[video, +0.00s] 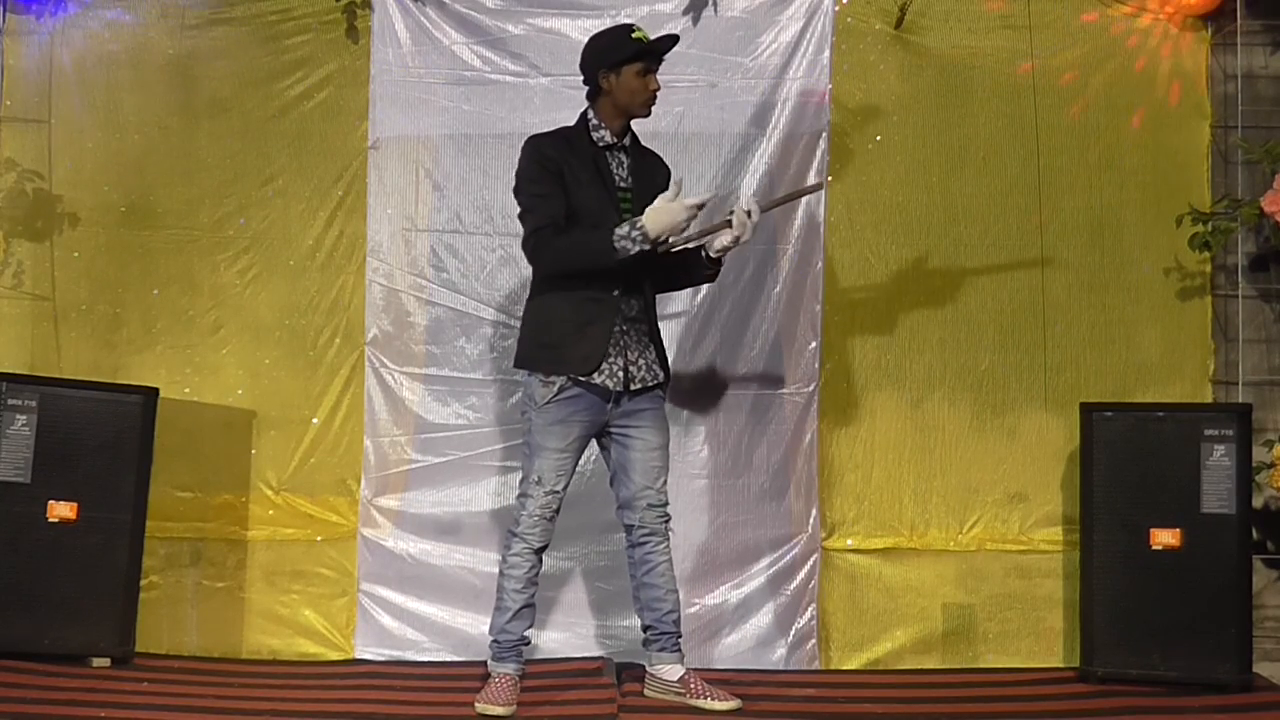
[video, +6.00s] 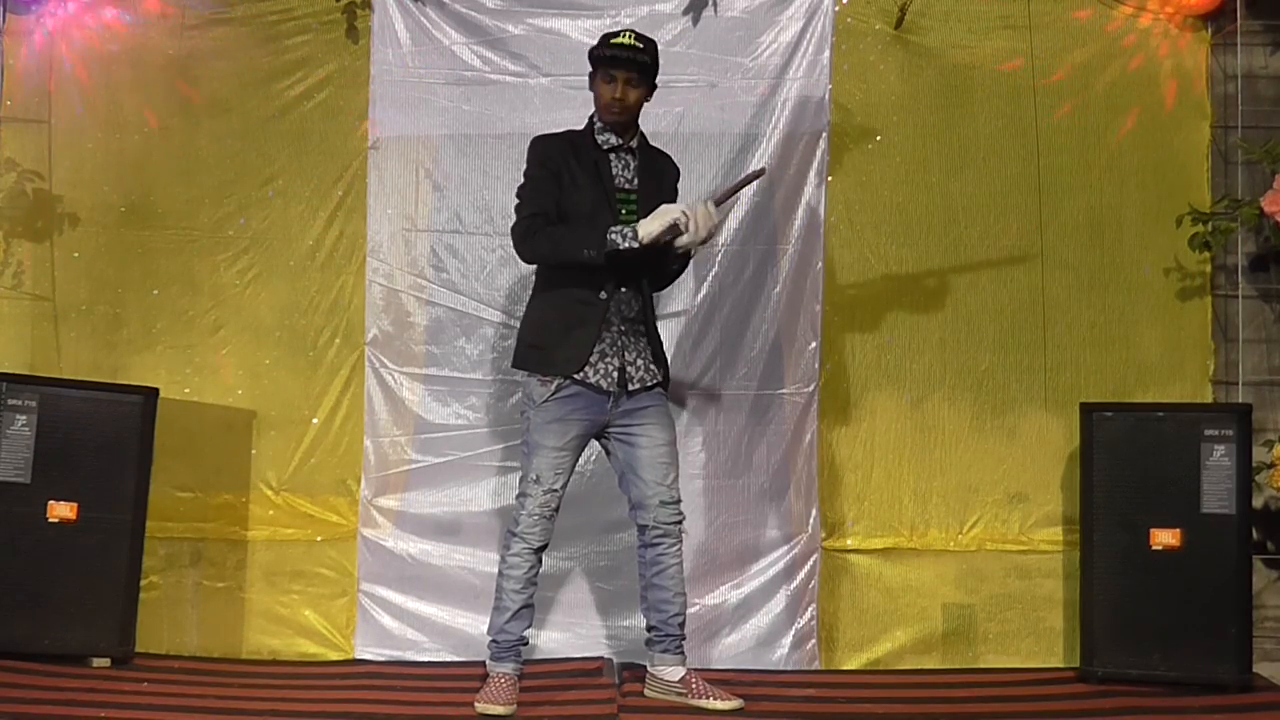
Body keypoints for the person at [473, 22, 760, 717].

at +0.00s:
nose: (657, 83)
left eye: (655, 72)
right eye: (645, 72)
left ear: (627, 82)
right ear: (606, 79)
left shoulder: (652, 171)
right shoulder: (546, 153)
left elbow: (646, 274)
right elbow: (545, 253)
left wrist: (710, 254)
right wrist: (634, 234)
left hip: (639, 372)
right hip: (564, 371)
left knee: (649, 519)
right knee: (534, 521)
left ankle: (665, 669)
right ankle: (505, 669)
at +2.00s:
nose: (651, 120)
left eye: (662, 111)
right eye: (644, 105)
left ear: (666, 113)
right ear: (615, 93)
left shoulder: (656, 173)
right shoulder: (554, 154)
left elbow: (641, 278)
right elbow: (547, 258)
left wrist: (692, 259)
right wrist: (648, 253)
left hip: (635, 376)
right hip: (559, 375)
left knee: (651, 519)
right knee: (533, 523)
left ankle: (666, 671)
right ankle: (503, 671)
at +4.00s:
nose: (647, 104)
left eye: (652, 92)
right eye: (637, 91)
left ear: (645, 96)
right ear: (598, 88)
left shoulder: (649, 168)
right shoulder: (543, 156)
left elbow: (650, 269)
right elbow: (534, 257)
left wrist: (705, 248)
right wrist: (622, 215)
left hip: (638, 376)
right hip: (562, 375)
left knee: (654, 518)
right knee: (533, 522)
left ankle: (667, 669)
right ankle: (503, 669)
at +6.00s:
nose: (621, 91)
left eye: (635, 81)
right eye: (611, 77)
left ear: (650, 91)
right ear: (591, 82)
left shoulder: (662, 171)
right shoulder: (553, 151)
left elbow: (650, 277)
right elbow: (529, 239)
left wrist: (685, 246)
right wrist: (633, 234)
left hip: (640, 373)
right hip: (564, 369)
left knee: (663, 520)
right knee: (532, 520)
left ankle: (667, 670)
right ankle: (503, 668)